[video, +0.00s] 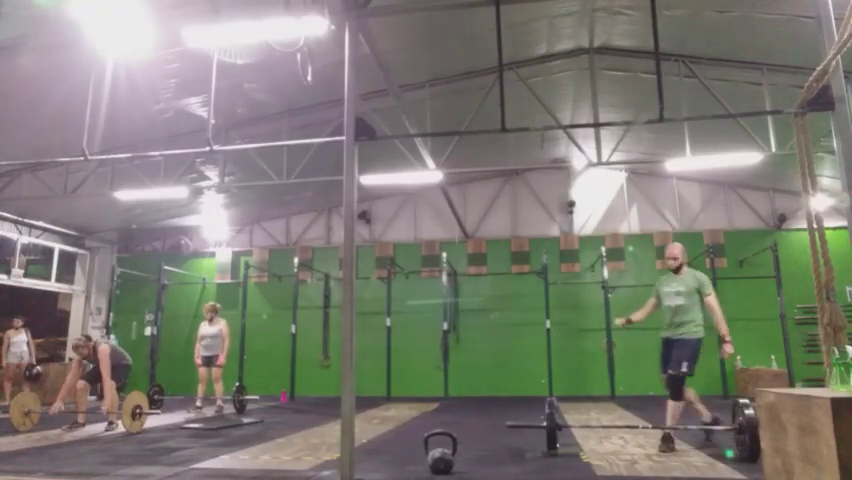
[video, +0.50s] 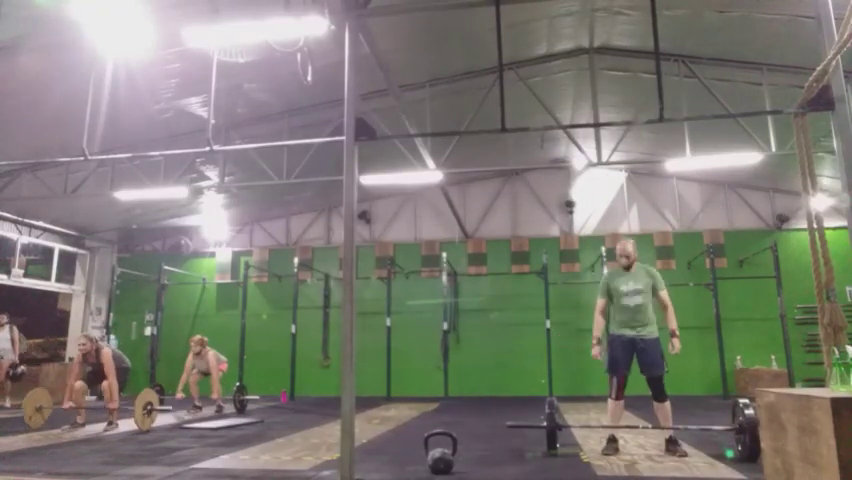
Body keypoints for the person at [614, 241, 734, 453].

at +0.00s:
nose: (671, 262)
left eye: (675, 258)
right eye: (668, 259)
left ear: (684, 258)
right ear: (665, 260)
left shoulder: (698, 278)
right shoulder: (662, 282)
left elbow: (714, 309)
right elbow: (647, 309)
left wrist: (725, 338)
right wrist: (628, 319)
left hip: (690, 335)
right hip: (669, 336)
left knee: (675, 381)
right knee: (672, 383)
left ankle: (668, 434)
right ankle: (709, 418)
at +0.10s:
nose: (643, 264)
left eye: (647, 261)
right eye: (640, 261)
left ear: (653, 259)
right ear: (635, 259)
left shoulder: (666, 278)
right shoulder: (626, 279)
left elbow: (680, 304)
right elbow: (614, 310)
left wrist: (682, 327)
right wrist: (605, 337)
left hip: (659, 338)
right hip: (633, 338)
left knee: (659, 385)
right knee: (627, 385)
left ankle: (665, 435)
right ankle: (617, 435)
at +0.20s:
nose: (629, 264)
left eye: (632, 260)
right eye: (625, 260)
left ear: (638, 258)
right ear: (618, 258)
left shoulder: (648, 275)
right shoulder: (608, 277)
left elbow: (658, 304)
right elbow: (597, 306)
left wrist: (669, 333)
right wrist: (591, 331)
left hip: (646, 337)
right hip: (618, 337)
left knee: (656, 387)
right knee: (617, 388)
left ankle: (670, 438)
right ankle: (615, 437)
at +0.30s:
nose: (636, 254)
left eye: (639, 251)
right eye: (632, 251)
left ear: (644, 252)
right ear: (625, 253)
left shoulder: (657, 275)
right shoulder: (617, 278)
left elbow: (673, 305)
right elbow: (609, 310)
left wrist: (682, 332)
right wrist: (603, 337)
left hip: (656, 336)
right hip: (627, 337)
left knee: (662, 387)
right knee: (623, 386)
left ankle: (671, 438)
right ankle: (613, 437)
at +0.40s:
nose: (626, 250)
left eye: (630, 247)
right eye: (623, 247)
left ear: (638, 250)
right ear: (619, 251)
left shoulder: (653, 275)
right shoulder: (611, 277)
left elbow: (667, 307)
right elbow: (602, 308)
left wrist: (674, 335)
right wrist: (600, 335)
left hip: (649, 336)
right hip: (620, 337)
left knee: (658, 388)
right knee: (618, 388)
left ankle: (670, 438)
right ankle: (612, 438)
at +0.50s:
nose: (624, 260)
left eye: (627, 256)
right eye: (620, 256)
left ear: (635, 255)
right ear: (616, 256)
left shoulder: (650, 273)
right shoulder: (609, 278)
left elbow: (668, 305)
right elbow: (600, 311)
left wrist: (674, 334)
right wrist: (596, 340)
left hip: (648, 337)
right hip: (619, 337)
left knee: (658, 388)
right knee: (617, 388)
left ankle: (670, 438)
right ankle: (612, 438)